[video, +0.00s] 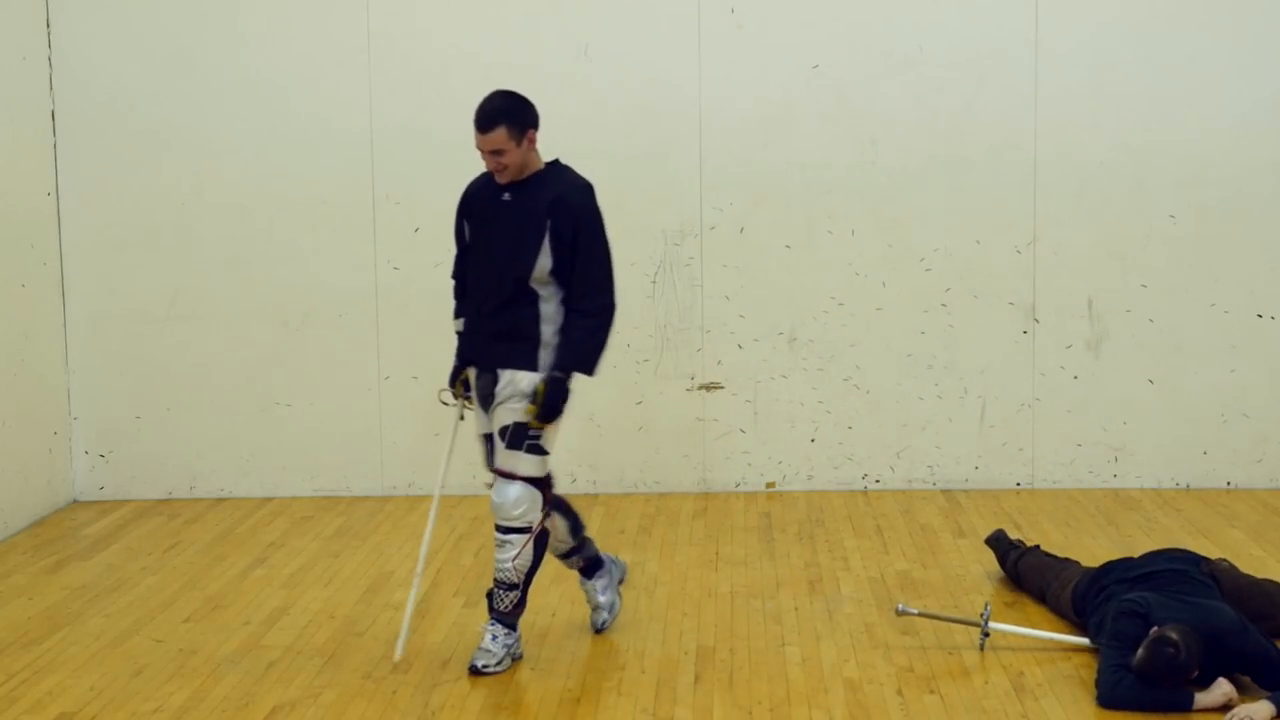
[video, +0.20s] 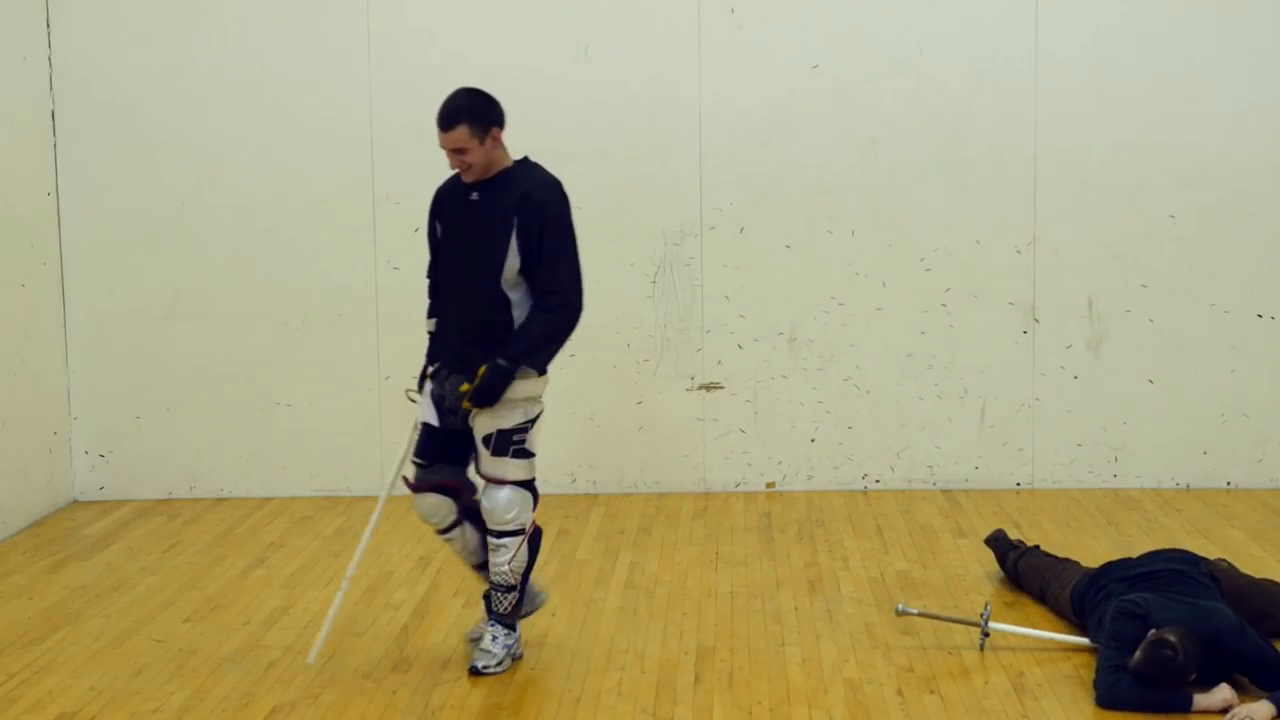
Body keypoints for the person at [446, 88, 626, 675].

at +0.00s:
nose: (490, 163)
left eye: (499, 152)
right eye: (484, 153)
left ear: (531, 138)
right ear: (478, 145)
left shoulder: (568, 195)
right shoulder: (478, 196)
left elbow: (592, 296)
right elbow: (466, 284)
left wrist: (564, 376)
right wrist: (464, 356)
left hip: (537, 364)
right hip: (484, 362)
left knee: (514, 491)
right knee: (517, 487)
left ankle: (503, 626)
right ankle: (597, 570)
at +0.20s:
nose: (454, 162)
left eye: (462, 151)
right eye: (448, 152)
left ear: (495, 137)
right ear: (444, 146)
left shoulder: (538, 195)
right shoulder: (447, 198)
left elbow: (562, 300)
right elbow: (441, 289)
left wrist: (505, 369)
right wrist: (436, 362)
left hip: (510, 372)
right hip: (450, 368)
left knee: (504, 499)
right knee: (432, 491)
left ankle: (503, 624)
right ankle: (513, 584)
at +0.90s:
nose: (273, 168)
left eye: (278, 155)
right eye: (266, 158)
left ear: (313, 137)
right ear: (266, 153)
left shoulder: (375, 191)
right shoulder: (274, 209)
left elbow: (431, 271)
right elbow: (267, 303)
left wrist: (502, 326)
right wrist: (271, 384)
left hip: (363, 387)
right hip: (292, 387)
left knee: (373, 526)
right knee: (296, 527)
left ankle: (447, 614)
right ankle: (323, 660)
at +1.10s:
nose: (233, 170)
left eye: (240, 157)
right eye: (226, 159)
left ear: (275, 138)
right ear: (225, 152)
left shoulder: (336, 188)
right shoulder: (231, 203)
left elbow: (409, 250)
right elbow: (215, 301)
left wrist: (501, 250)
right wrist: (204, 389)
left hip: (320, 382)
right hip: (255, 386)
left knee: (295, 524)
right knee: (281, 527)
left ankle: (329, 663)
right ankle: (317, 656)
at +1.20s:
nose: (214, 173)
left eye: (221, 161)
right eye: (207, 162)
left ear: (257, 142)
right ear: (205, 155)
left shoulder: (318, 192)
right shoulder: (211, 206)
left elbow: (398, 247)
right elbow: (193, 303)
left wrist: (489, 241)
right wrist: (178, 391)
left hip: (302, 383)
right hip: (238, 388)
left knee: (265, 530)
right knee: (282, 529)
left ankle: (255, 683)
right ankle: (322, 659)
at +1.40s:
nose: (174, 182)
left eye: (181, 169)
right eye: (167, 171)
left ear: (218, 150)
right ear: (169, 162)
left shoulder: (282, 205)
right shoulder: (171, 213)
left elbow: (365, 259)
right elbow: (149, 310)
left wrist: (457, 249)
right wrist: (134, 399)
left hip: (256, 402)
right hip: (194, 402)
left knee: (208, 548)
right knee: (257, 536)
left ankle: (172, 699)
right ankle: (318, 654)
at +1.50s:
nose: (151, 181)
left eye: (159, 168)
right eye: (145, 170)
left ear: (197, 150)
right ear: (148, 161)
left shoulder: (258, 207)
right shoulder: (149, 213)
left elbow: (341, 271)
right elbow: (127, 311)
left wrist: (436, 267)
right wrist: (114, 402)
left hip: (225, 404)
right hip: (165, 403)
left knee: (190, 556)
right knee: (221, 545)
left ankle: (166, 708)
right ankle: (307, 645)